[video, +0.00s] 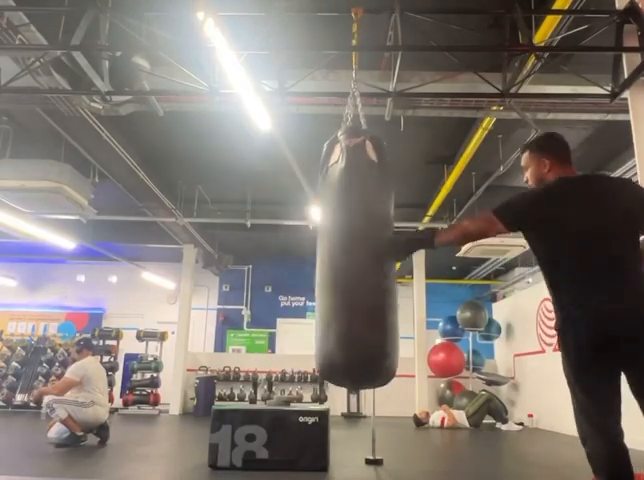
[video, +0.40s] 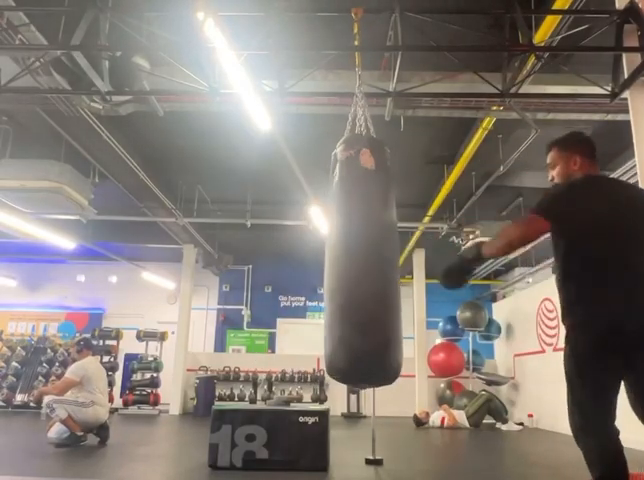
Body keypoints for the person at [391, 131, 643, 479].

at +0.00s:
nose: (526, 179)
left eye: (527, 169)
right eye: (524, 171)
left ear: (546, 163)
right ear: (565, 162)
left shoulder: (535, 202)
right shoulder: (625, 190)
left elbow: (470, 229)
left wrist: (421, 240)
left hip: (586, 333)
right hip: (637, 323)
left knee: (602, 434)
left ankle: (617, 476)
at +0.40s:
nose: (549, 177)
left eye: (553, 167)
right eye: (548, 169)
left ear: (577, 162)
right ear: (585, 164)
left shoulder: (568, 195)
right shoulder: (635, 196)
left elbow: (515, 237)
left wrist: (473, 253)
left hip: (594, 332)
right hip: (640, 328)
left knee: (593, 426)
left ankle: (614, 476)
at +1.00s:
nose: (589, 193)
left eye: (591, 180)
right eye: (586, 185)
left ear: (618, 168)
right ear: (618, 171)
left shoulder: (640, 208)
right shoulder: (634, 217)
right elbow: (634, 266)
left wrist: (628, 266)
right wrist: (614, 281)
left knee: (636, 407)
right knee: (636, 407)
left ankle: (635, 469)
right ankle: (633, 468)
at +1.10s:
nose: (583, 202)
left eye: (585, 190)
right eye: (580, 194)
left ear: (612, 180)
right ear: (613, 183)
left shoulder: (639, 220)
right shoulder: (633, 221)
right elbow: (637, 274)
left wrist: (621, 280)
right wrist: (617, 281)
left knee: (629, 416)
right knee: (629, 414)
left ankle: (631, 471)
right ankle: (629, 469)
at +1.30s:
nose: (548, 196)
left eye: (549, 185)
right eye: (545, 189)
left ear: (573, 174)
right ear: (575, 176)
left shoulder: (611, 196)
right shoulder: (604, 200)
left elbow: (622, 252)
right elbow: (611, 251)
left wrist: (564, 259)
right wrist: (571, 247)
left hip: (633, 318)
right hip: (626, 317)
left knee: (625, 405)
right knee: (624, 401)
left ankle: (628, 469)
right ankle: (626, 466)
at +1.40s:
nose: (537, 195)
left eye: (537, 185)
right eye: (534, 188)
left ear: (560, 173)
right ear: (564, 174)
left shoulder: (588, 195)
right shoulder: (611, 193)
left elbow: (592, 249)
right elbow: (591, 255)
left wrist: (535, 262)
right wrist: (555, 234)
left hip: (618, 320)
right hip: (635, 316)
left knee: (595, 416)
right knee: (639, 404)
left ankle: (607, 473)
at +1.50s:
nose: (527, 201)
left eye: (528, 191)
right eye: (524, 194)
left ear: (549, 181)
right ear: (555, 181)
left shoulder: (576, 203)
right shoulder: (603, 202)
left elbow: (580, 253)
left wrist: (525, 259)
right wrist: (540, 242)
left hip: (603, 324)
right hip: (632, 321)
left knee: (549, 409)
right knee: (640, 410)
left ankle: (558, 475)